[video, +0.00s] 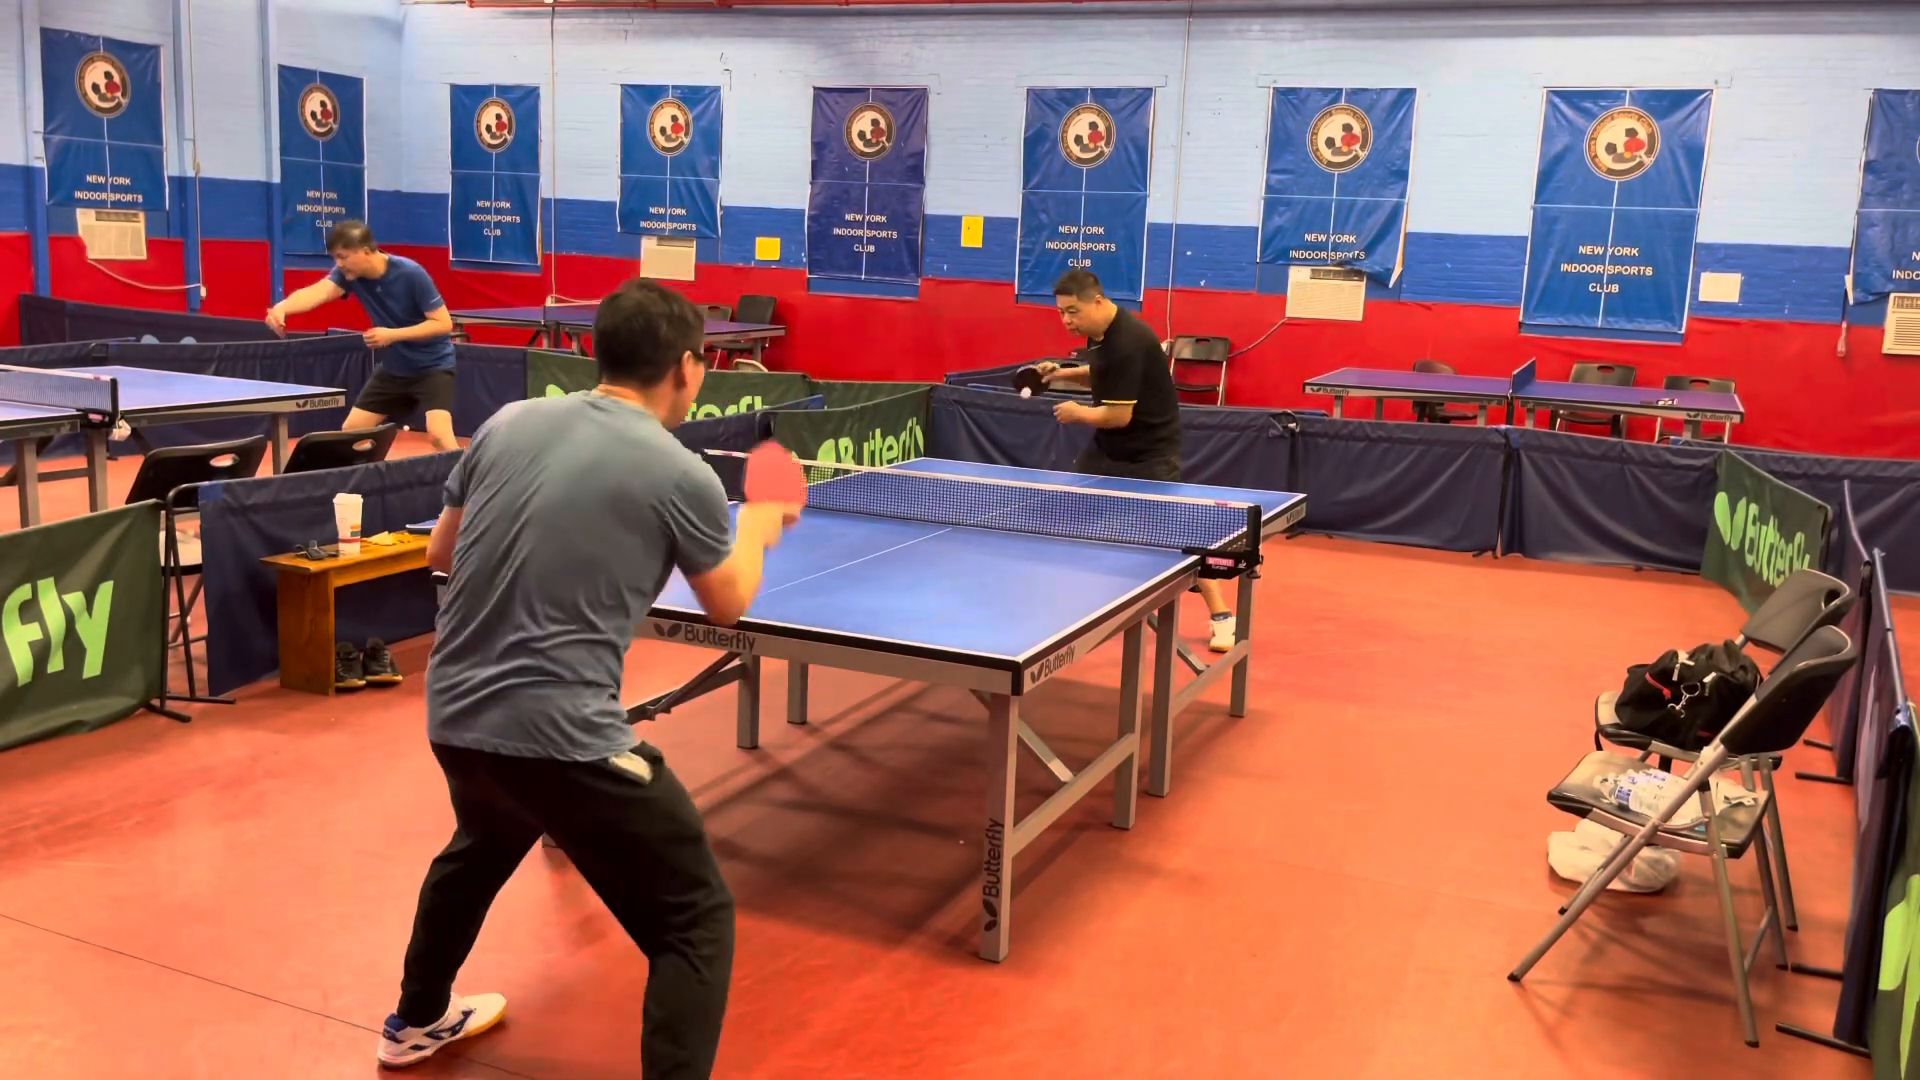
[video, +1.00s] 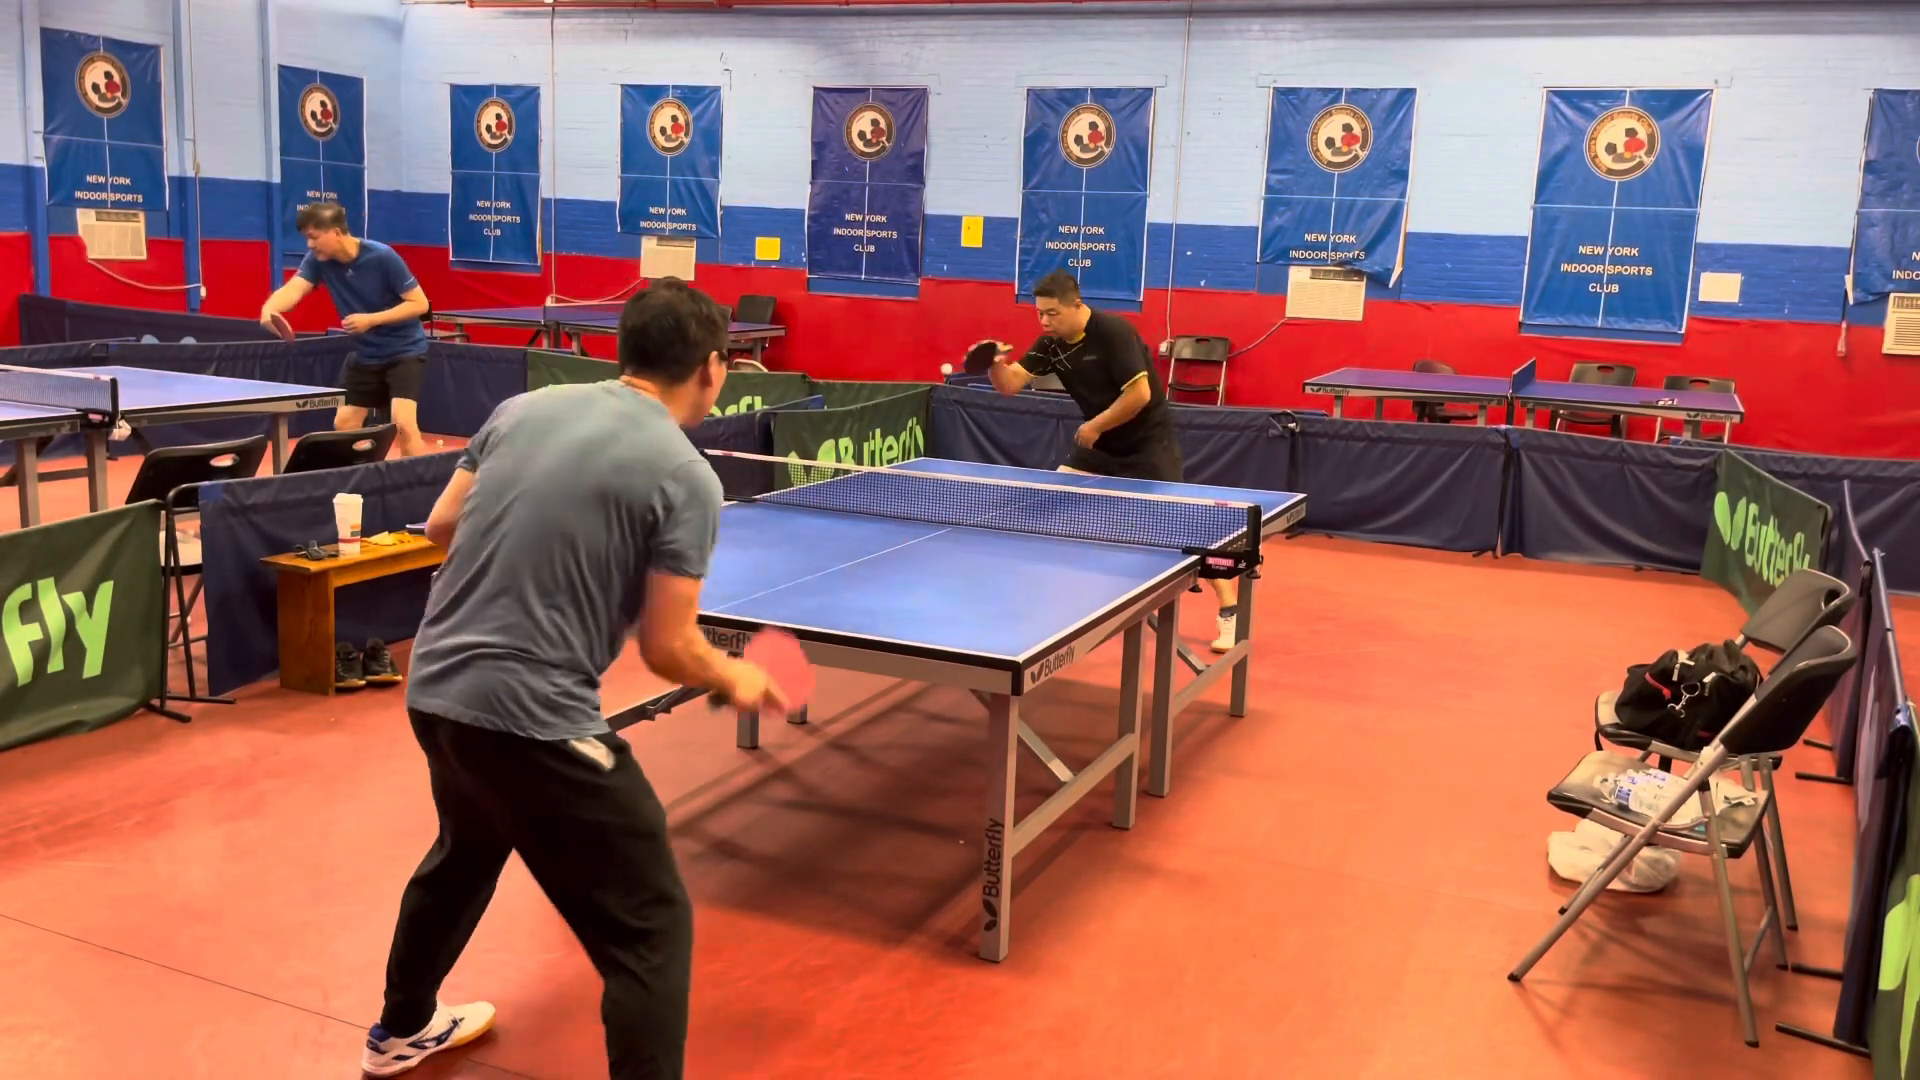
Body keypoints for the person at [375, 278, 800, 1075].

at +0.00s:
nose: (700, 377)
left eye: (701, 363)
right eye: (700, 362)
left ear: (604, 357)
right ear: (681, 367)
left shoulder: (508, 422)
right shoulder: (678, 471)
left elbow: (441, 554)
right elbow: (728, 600)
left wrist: (534, 538)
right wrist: (764, 518)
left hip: (457, 722)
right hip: (567, 737)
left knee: (487, 839)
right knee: (695, 918)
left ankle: (417, 1018)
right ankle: (675, 1073)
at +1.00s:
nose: (723, 381)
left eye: (722, 365)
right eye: (722, 366)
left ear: (626, 357)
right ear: (705, 368)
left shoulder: (521, 410)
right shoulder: (683, 475)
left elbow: (443, 523)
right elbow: (664, 644)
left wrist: (536, 559)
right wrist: (732, 677)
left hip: (437, 695)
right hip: (540, 718)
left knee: (468, 845)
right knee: (650, 927)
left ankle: (402, 1026)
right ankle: (646, 1072)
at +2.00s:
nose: (752, 412)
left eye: (754, 395)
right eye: (752, 395)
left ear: (657, 378)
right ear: (730, 396)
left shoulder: (581, 424)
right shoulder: (658, 484)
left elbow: (534, 556)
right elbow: (588, 649)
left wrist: (614, 630)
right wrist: (660, 788)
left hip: (431, 689)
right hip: (509, 718)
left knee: (465, 861)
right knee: (619, 929)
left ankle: (398, 1028)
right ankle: (634, 1071)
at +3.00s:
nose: (743, 417)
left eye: (745, 400)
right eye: (743, 399)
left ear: (651, 385)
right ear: (718, 401)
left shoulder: (578, 436)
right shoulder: (633, 497)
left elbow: (529, 564)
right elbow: (554, 664)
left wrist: (619, 641)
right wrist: (609, 814)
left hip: (421, 711)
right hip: (484, 740)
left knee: (451, 868)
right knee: (624, 958)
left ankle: (324, 1047)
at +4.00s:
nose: (635, 432)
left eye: (638, 414)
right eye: (635, 414)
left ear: (541, 398)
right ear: (603, 416)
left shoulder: (481, 466)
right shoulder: (483, 505)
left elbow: (466, 608)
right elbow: (382, 659)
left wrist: (571, 653)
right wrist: (435, 798)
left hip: (357, 748)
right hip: (368, 771)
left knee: (418, 892)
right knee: (535, 952)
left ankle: (279, 1062)